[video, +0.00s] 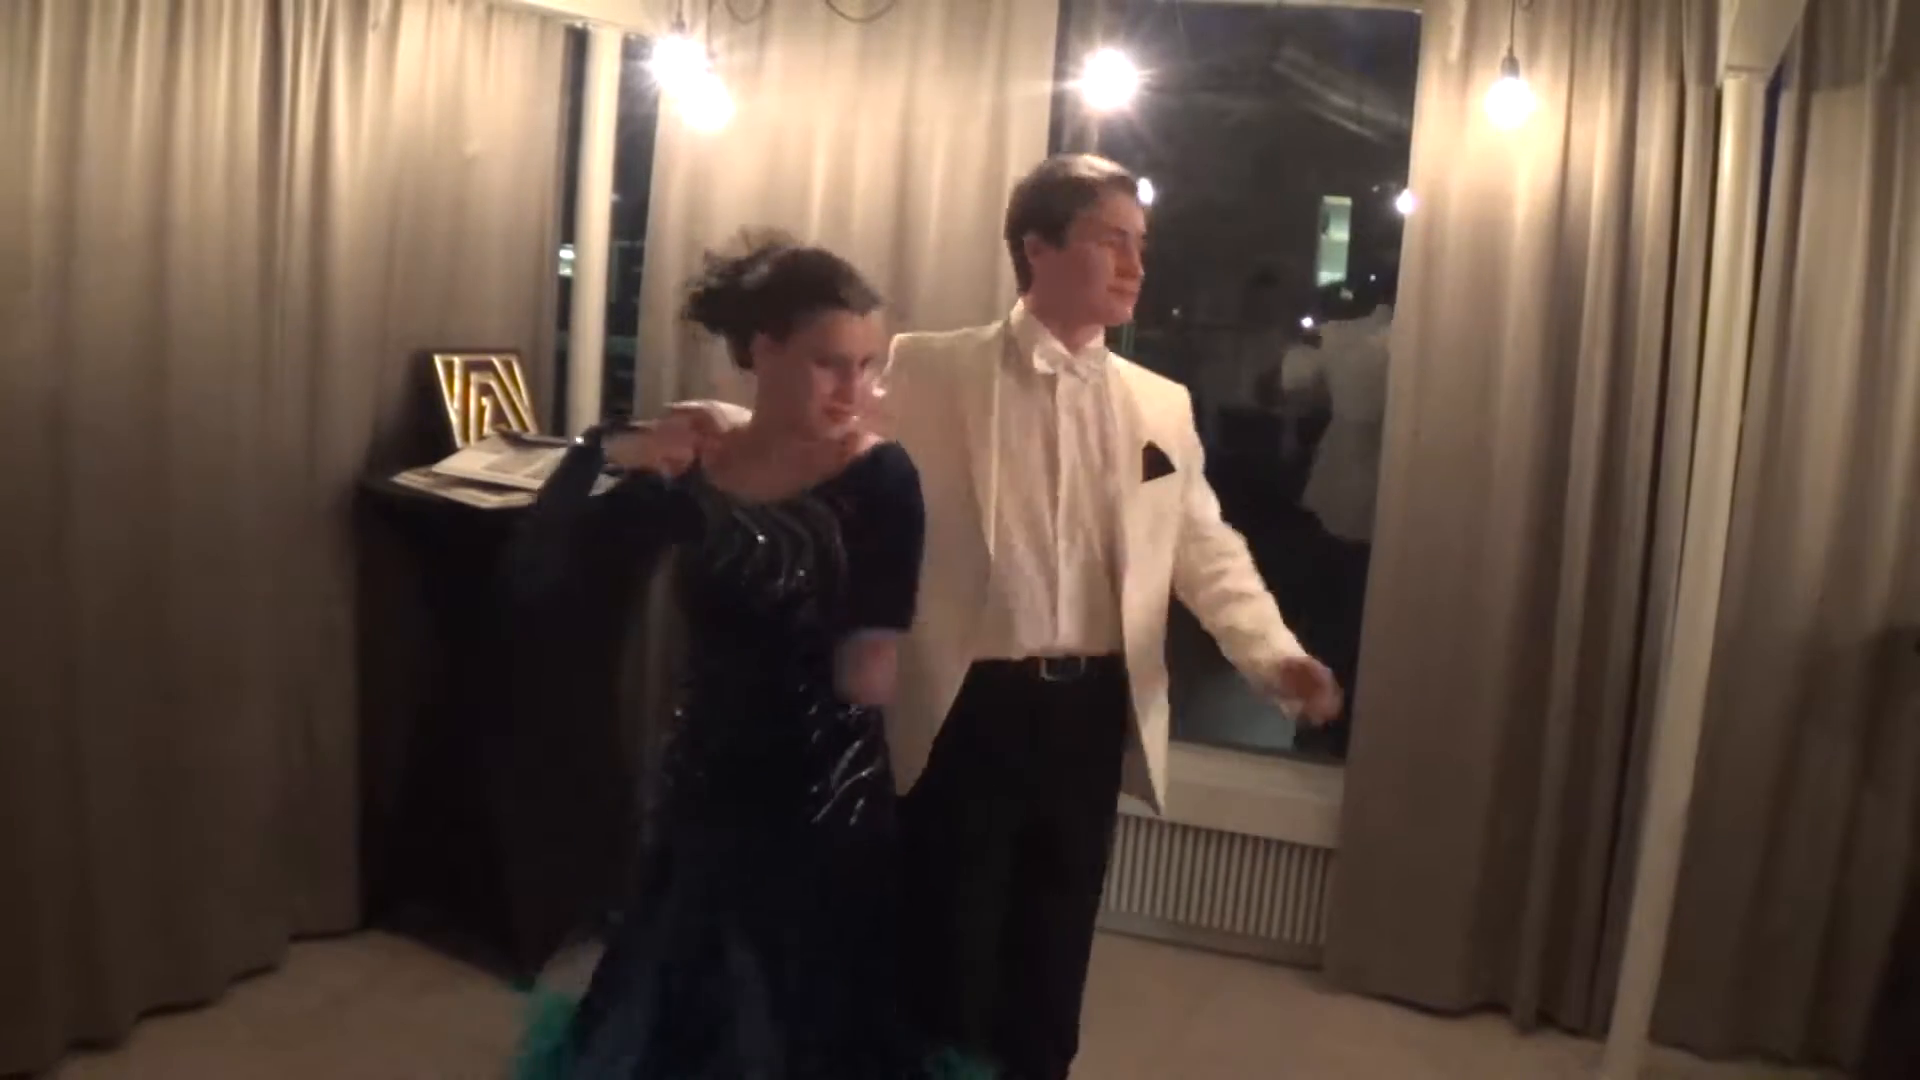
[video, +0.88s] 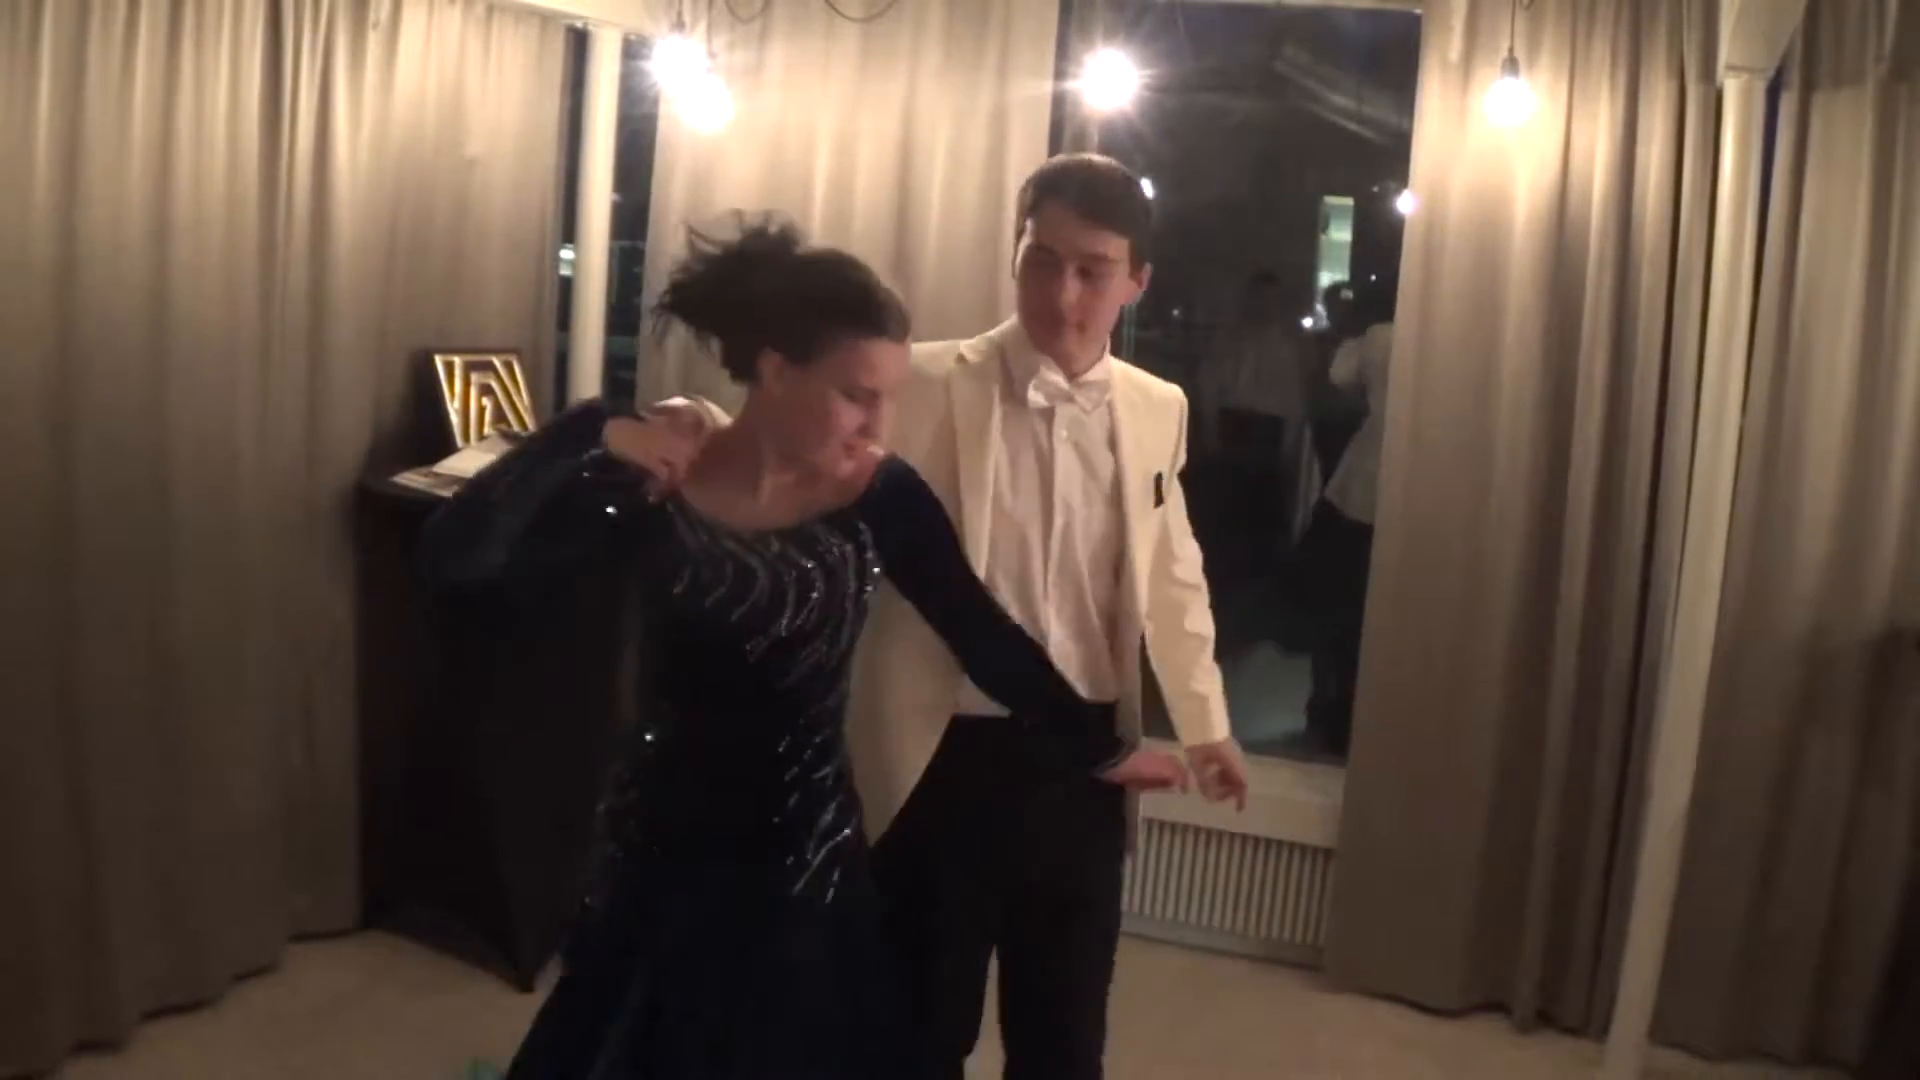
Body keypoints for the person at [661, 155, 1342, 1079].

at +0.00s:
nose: (1135, 264)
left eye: (1140, 245)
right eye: (1112, 240)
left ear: (1140, 262)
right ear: (1036, 250)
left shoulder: (1158, 407)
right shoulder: (922, 372)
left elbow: (1207, 552)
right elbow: (810, 446)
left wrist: (1275, 655)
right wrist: (715, 433)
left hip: (1091, 714)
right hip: (957, 708)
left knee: (1048, 966)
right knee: (939, 950)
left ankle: (1035, 1068)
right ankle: (928, 1067)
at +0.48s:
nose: (1080, 286)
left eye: (1094, 262)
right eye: (1055, 261)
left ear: (1109, 266)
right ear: (989, 266)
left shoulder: (1148, 413)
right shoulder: (889, 395)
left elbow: (1174, 580)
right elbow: (799, 487)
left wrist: (1136, 691)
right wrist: (692, 457)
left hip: (1074, 748)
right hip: (933, 744)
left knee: (1066, 1016)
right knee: (927, 1014)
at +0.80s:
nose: (1058, 291)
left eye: (1087, 269)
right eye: (1041, 261)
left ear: (1131, 283)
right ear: (1013, 259)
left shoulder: (1151, 414)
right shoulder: (917, 380)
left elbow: (1168, 592)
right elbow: (783, 448)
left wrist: (1201, 746)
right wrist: (693, 424)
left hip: (1078, 764)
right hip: (923, 756)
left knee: (1049, 1041)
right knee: (918, 1037)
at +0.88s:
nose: (879, 432)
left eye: (891, 405)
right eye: (857, 400)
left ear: (898, 399)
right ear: (771, 372)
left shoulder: (877, 494)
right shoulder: (647, 473)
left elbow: (978, 629)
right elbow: (451, 553)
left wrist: (1103, 746)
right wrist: (596, 440)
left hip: (816, 837)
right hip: (674, 833)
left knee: (827, 1046)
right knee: (655, 1045)